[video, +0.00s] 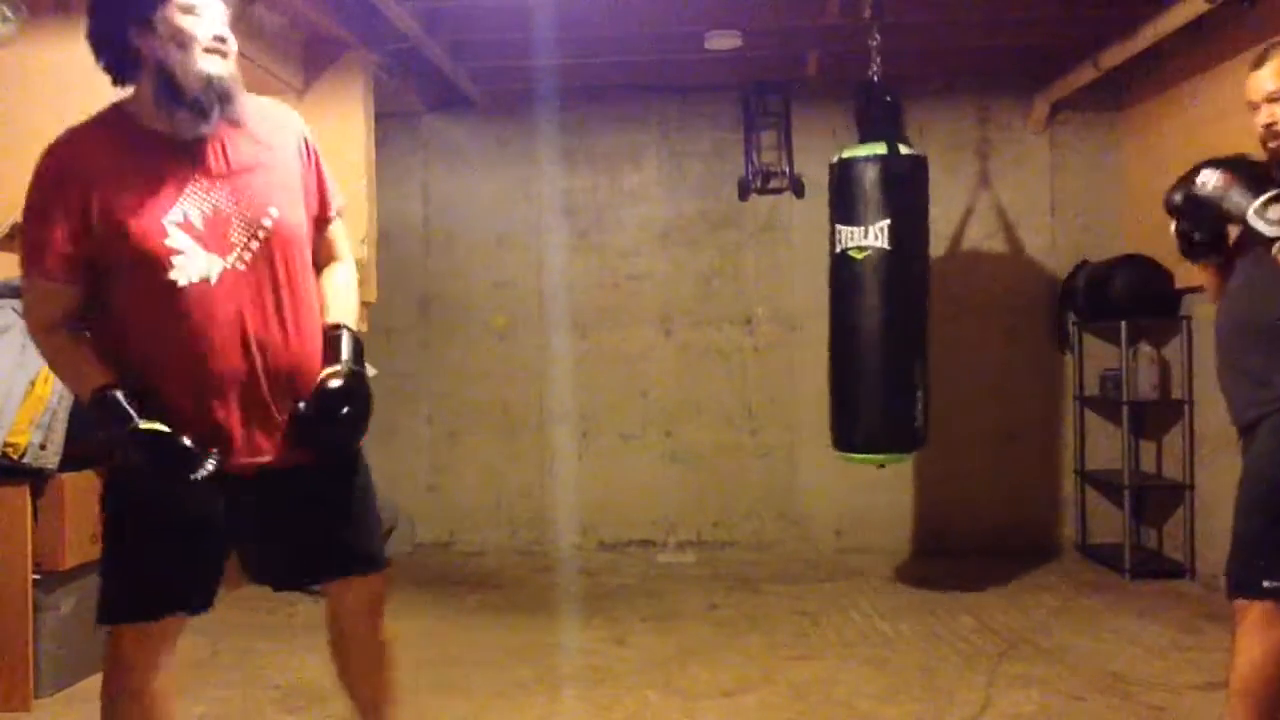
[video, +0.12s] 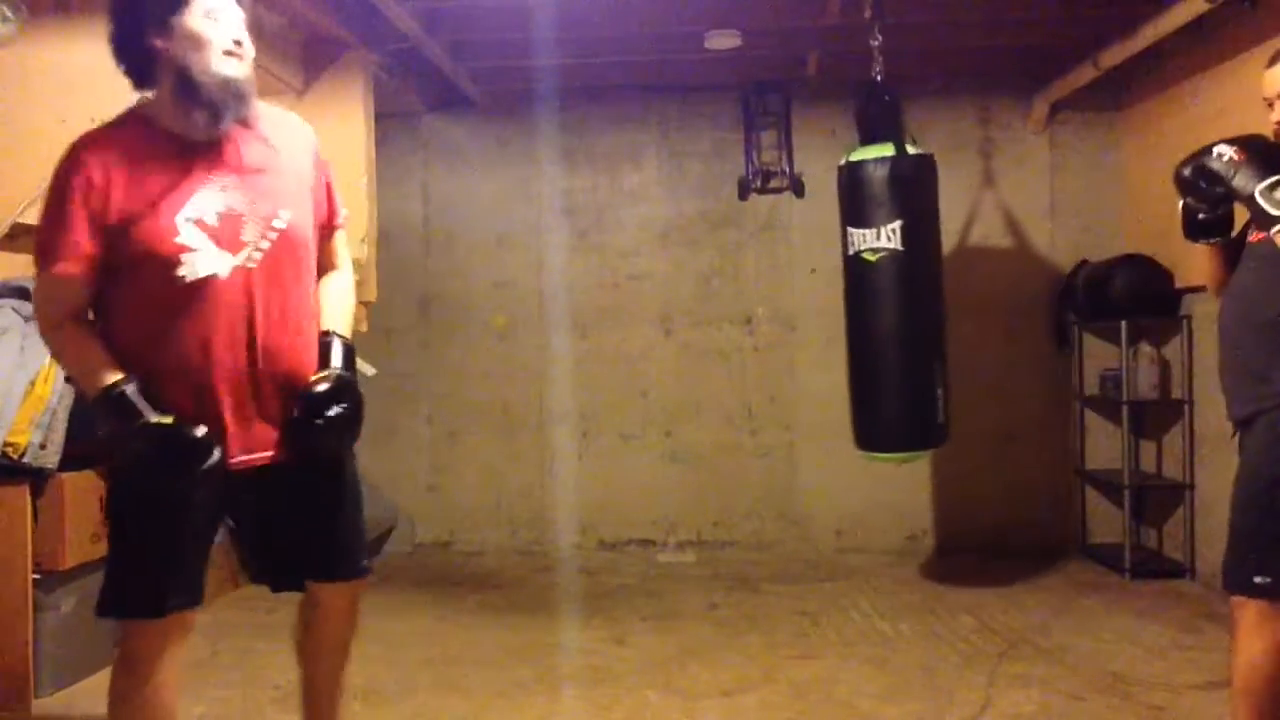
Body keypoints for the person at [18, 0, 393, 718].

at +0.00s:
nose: (224, 32)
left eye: (226, 17)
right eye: (194, 12)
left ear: (237, 36)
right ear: (137, 35)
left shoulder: (283, 129)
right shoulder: (78, 163)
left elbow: (332, 255)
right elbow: (51, 319)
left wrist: (344, 358)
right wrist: (126, 426)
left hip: (307, 442)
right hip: (168, 456)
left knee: (362, 586)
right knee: (142, 644)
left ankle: (379, 713)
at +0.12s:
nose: (242, 36)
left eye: (241, 20)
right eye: (212, 15)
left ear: (251, 41)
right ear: (156, 40)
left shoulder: (295, 142)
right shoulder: (100, 162)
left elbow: (333, 262)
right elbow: (58, 313)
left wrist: (335, 361)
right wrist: (129, 414)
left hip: (296, 437)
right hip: (169, 446)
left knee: (338, 585)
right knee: (153, 633)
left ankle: (323, 715)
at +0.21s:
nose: (267, 38)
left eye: (266, 21)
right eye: (243, 18)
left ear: (272, 40)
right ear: (187, 40)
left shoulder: (309, 148)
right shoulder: (130, 157)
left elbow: (341, 268)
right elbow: (74, 305)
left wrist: (341, 356)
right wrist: (151, 404)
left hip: (299, 434)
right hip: (185, 441)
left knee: (326, 583)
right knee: (170, 626)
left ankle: (308, 716)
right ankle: (140, 710)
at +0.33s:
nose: (311, 49)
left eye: (306, 35)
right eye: (290, 30)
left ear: (253, 51)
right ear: (236, 49)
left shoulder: (327, 157)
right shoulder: (192, 150)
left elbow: (351, 270)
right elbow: (122, 292)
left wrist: (373, 348)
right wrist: (213, 386)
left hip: (321, 442)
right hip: (216, 444)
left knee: (322, 592)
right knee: (191, 634)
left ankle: (306, 717)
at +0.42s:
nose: (332, 58)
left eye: (328, 44)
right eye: (315, 42)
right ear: (263, 56)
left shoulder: (329, 155)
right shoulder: (222, 149)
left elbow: (352, 266)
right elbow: (178, 284)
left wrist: (401, 336)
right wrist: (271, 369)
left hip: (334, 427)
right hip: (239, 433)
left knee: (326, 589)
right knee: (223, 618)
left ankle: (307, 716)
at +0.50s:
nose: (345, 62)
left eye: (342, 47)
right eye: (328, 45)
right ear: (278, 55)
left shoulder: (337, 152)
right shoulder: (246, 138)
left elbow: (374, 267)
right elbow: (226, 264)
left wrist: (437, 320)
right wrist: (336, 329)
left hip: (334, 412)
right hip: (267, 415)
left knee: (322, 588)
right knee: (274, 608)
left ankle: (305, 711)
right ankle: (231, 711)